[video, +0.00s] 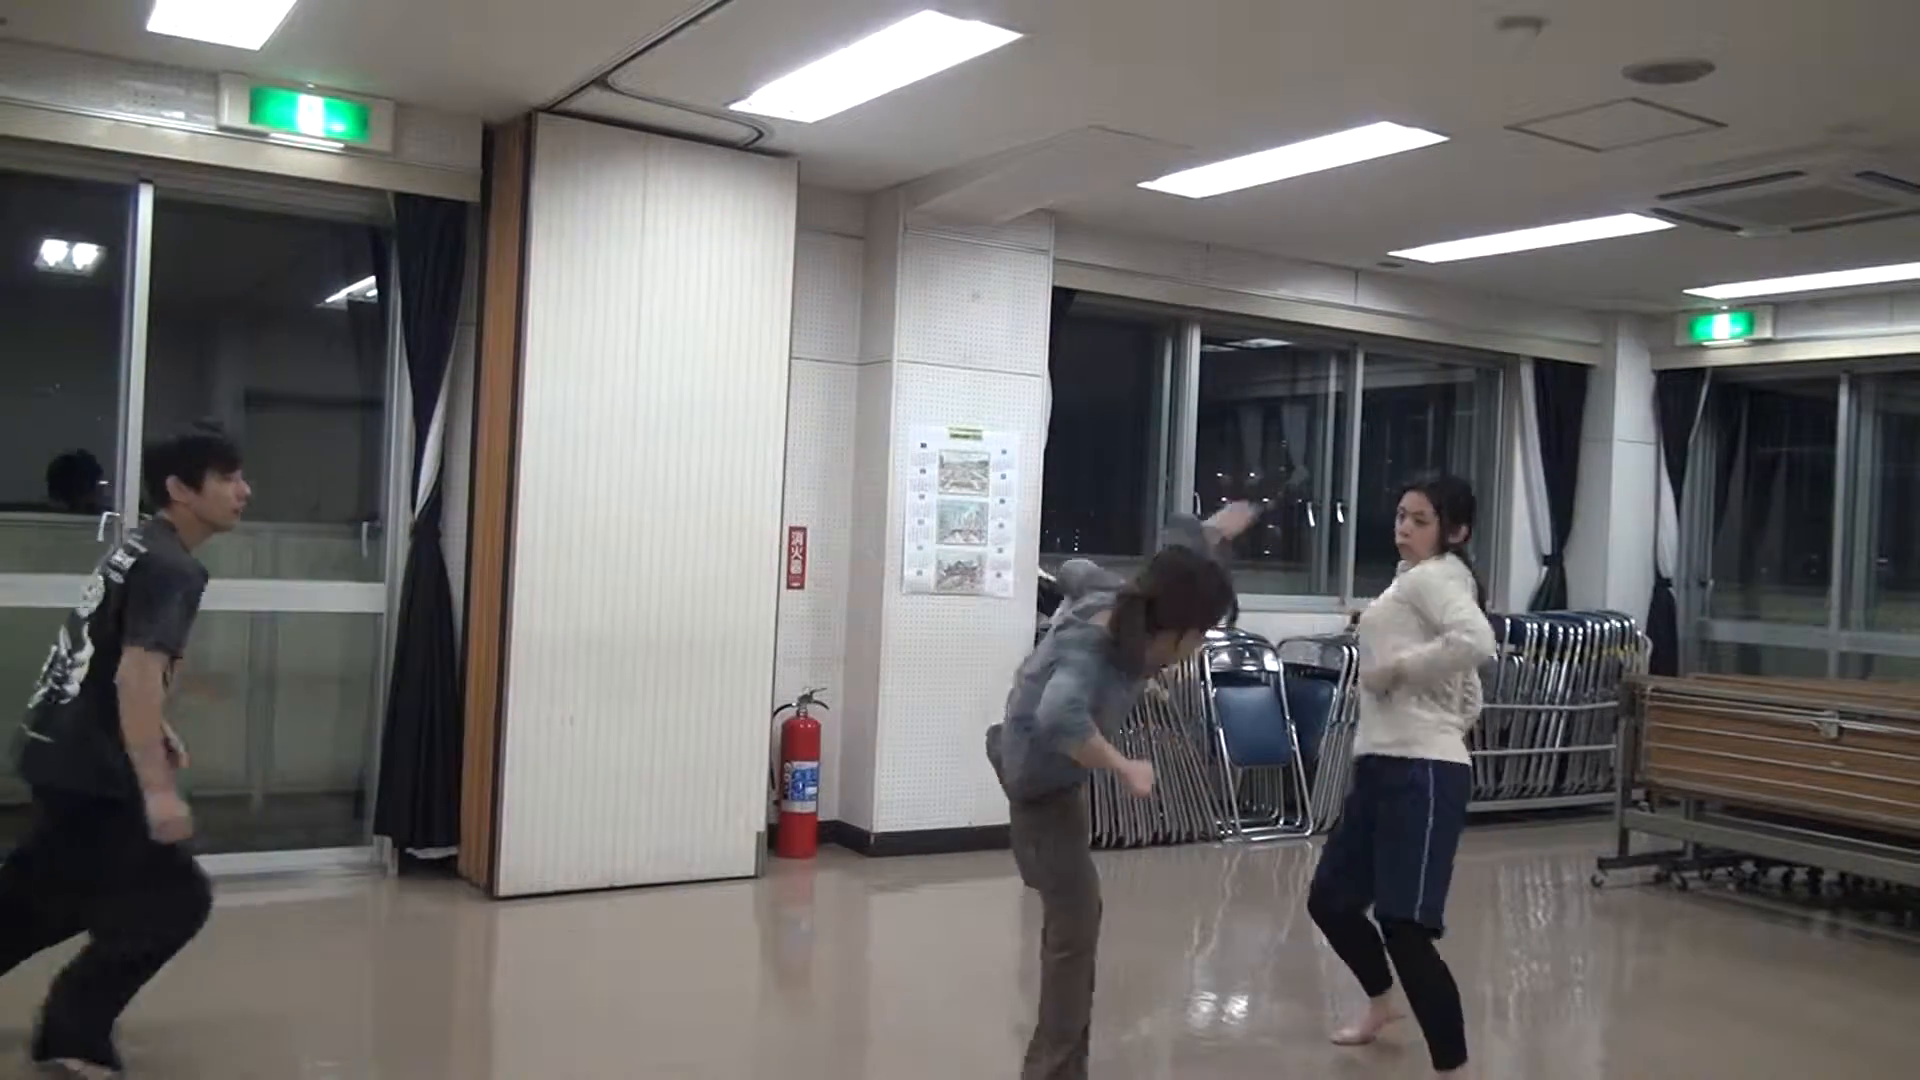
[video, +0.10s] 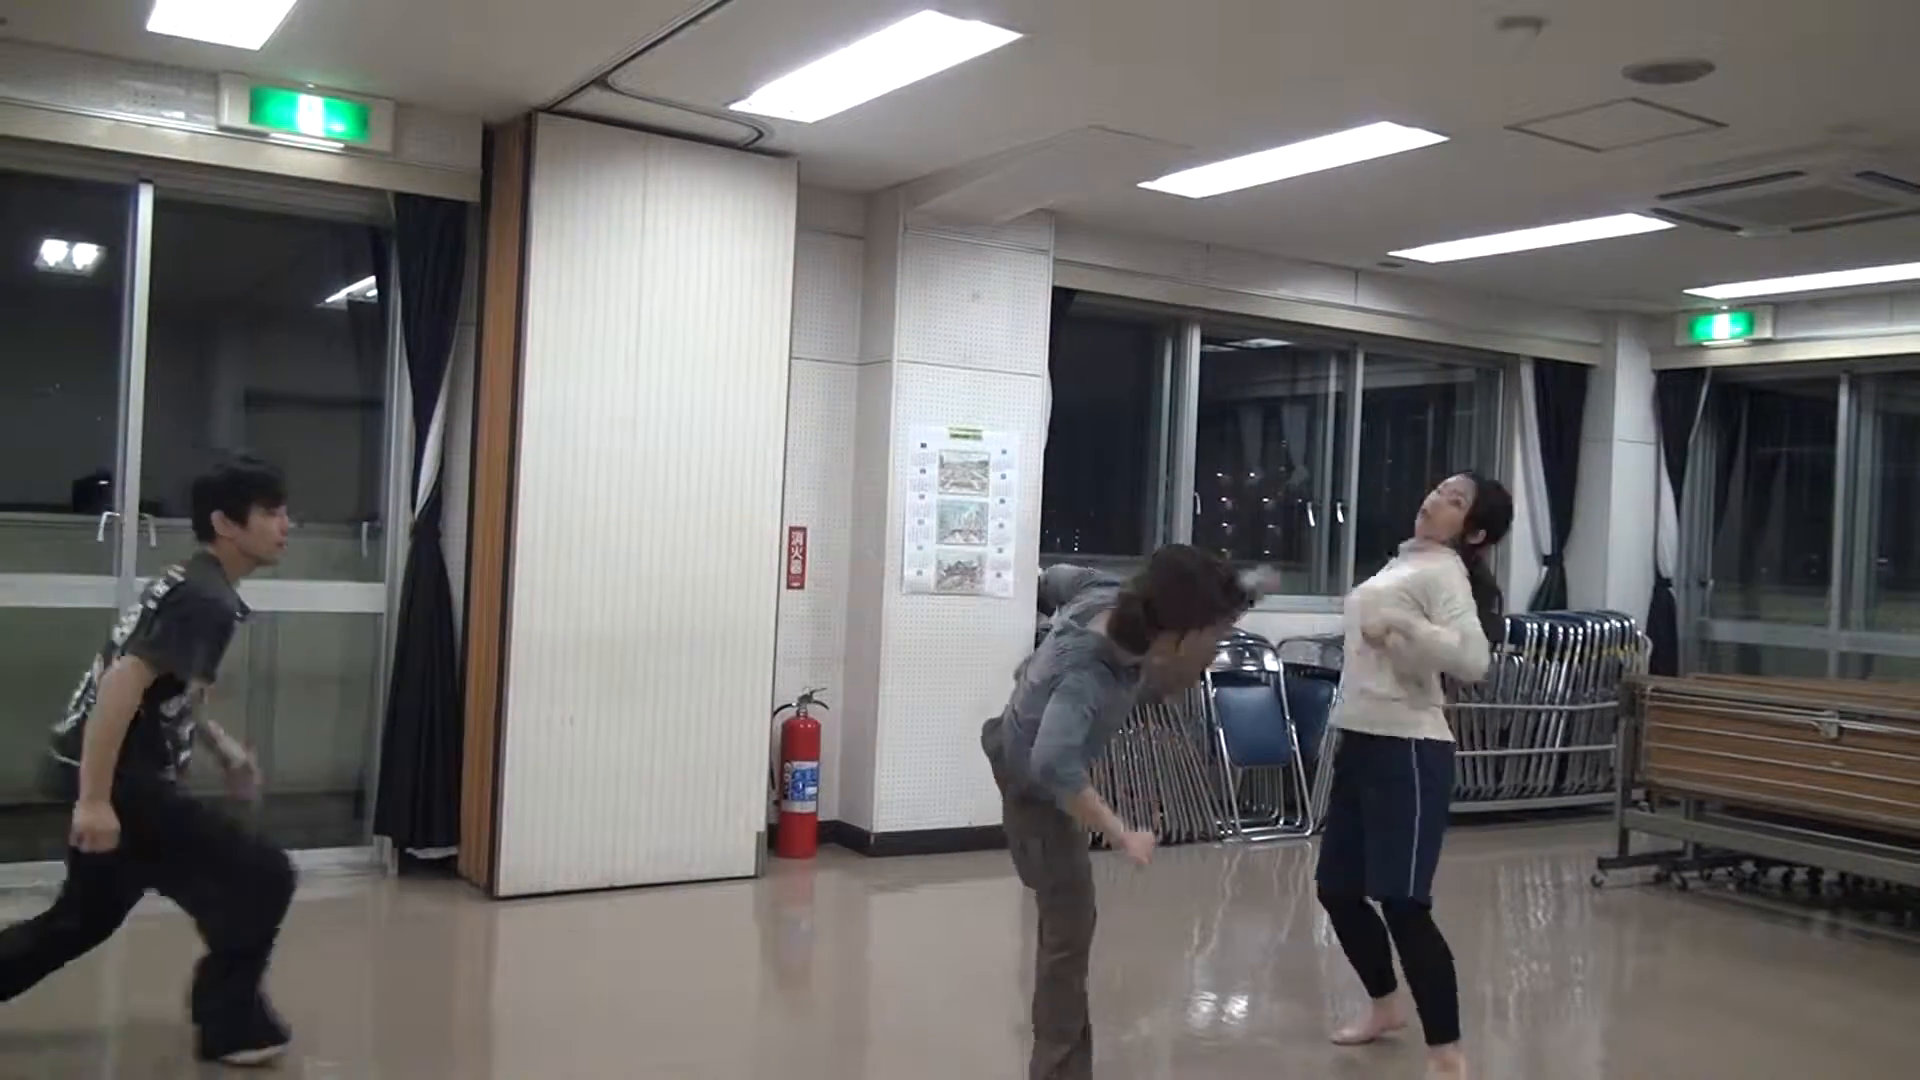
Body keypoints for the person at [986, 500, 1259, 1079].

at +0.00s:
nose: (1195, 647)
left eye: (1201, 637)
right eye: (1196, 636)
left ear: (1161, 604)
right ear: (1169, 626)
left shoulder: (1128, 598)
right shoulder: (1089, 651)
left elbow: (1175, 545)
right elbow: (1057, 720)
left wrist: (1220, 528)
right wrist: (1121, 766)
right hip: (1041, 776)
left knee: (1074, 908)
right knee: (1075, 917)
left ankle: (1056, 1054)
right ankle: (1057, 1065)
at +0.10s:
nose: (1219, 651)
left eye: (1223, 638)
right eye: (1216, 638)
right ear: (1179, 634)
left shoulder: (1121, 593)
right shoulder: (1091, 675)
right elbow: (1053, 763)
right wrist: (1118, 833)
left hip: (1017, 733)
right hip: (1032, 775)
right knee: (1070, 920)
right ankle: (1061, 1067)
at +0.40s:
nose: (1147, 537)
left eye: (1145, 524)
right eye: (1142, 527)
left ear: (1079, 529)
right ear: (1127, 538)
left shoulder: (1060, 574)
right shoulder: (1096, 632)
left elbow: (1131, 516)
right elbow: (1078, 744)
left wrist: (1195, 543)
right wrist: (1139, 761)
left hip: (1050, 773)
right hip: (1092, 781)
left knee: (1088, 918)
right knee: (1173, 932)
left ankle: (1068, 1061)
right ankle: (1090, 1065)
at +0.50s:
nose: (1047, 501)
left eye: (1053, 492)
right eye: (1049, 491)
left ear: (1069, 502)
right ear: (1126, 500)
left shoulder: (1035, 552)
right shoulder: (1156, 576)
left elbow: (1107, 537)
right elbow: (1178, 681)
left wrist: (1185, 538)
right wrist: (1156, 713)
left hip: (1028, 764)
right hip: (1105, 767)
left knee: (1050, 918)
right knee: (1179, 916)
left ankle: (1061, 1066)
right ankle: (1146, 1062)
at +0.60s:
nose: (1045, 494)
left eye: (1053, 484)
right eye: (1049, 482)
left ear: (1080, 496)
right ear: (1121, 496)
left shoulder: (1033, 557)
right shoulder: (1165, 563)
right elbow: (1219, 653)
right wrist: (1175, 690)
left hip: (1044, 767)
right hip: (1130, 768)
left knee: (1014, 924)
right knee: (1138, 932)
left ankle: (1023, 1069)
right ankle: (1177, 1068)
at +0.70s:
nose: (1020, 518)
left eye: (1027, 506)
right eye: (1021, 505)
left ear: (1062, 511)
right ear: (1087, 510)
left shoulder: (1031, 578)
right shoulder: (1149, 569)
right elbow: (1199, 651)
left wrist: (957, 672)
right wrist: (1156, 696)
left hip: (1064, 797)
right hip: (1138, 793)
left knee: (971, 940)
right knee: (1129, 934)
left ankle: (988, 1073)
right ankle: (1155, 1071)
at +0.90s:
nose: (969, 678)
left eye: (968, 665)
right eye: (965, 667)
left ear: (991, 650)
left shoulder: (1070, 682)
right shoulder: (1028, 676)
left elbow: (1029, 717)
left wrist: (963, 739)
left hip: (1087, 859)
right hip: (1059, 852)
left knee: (977, 970)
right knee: (1064, 944)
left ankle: (969, 1074)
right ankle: (1155, 1029)